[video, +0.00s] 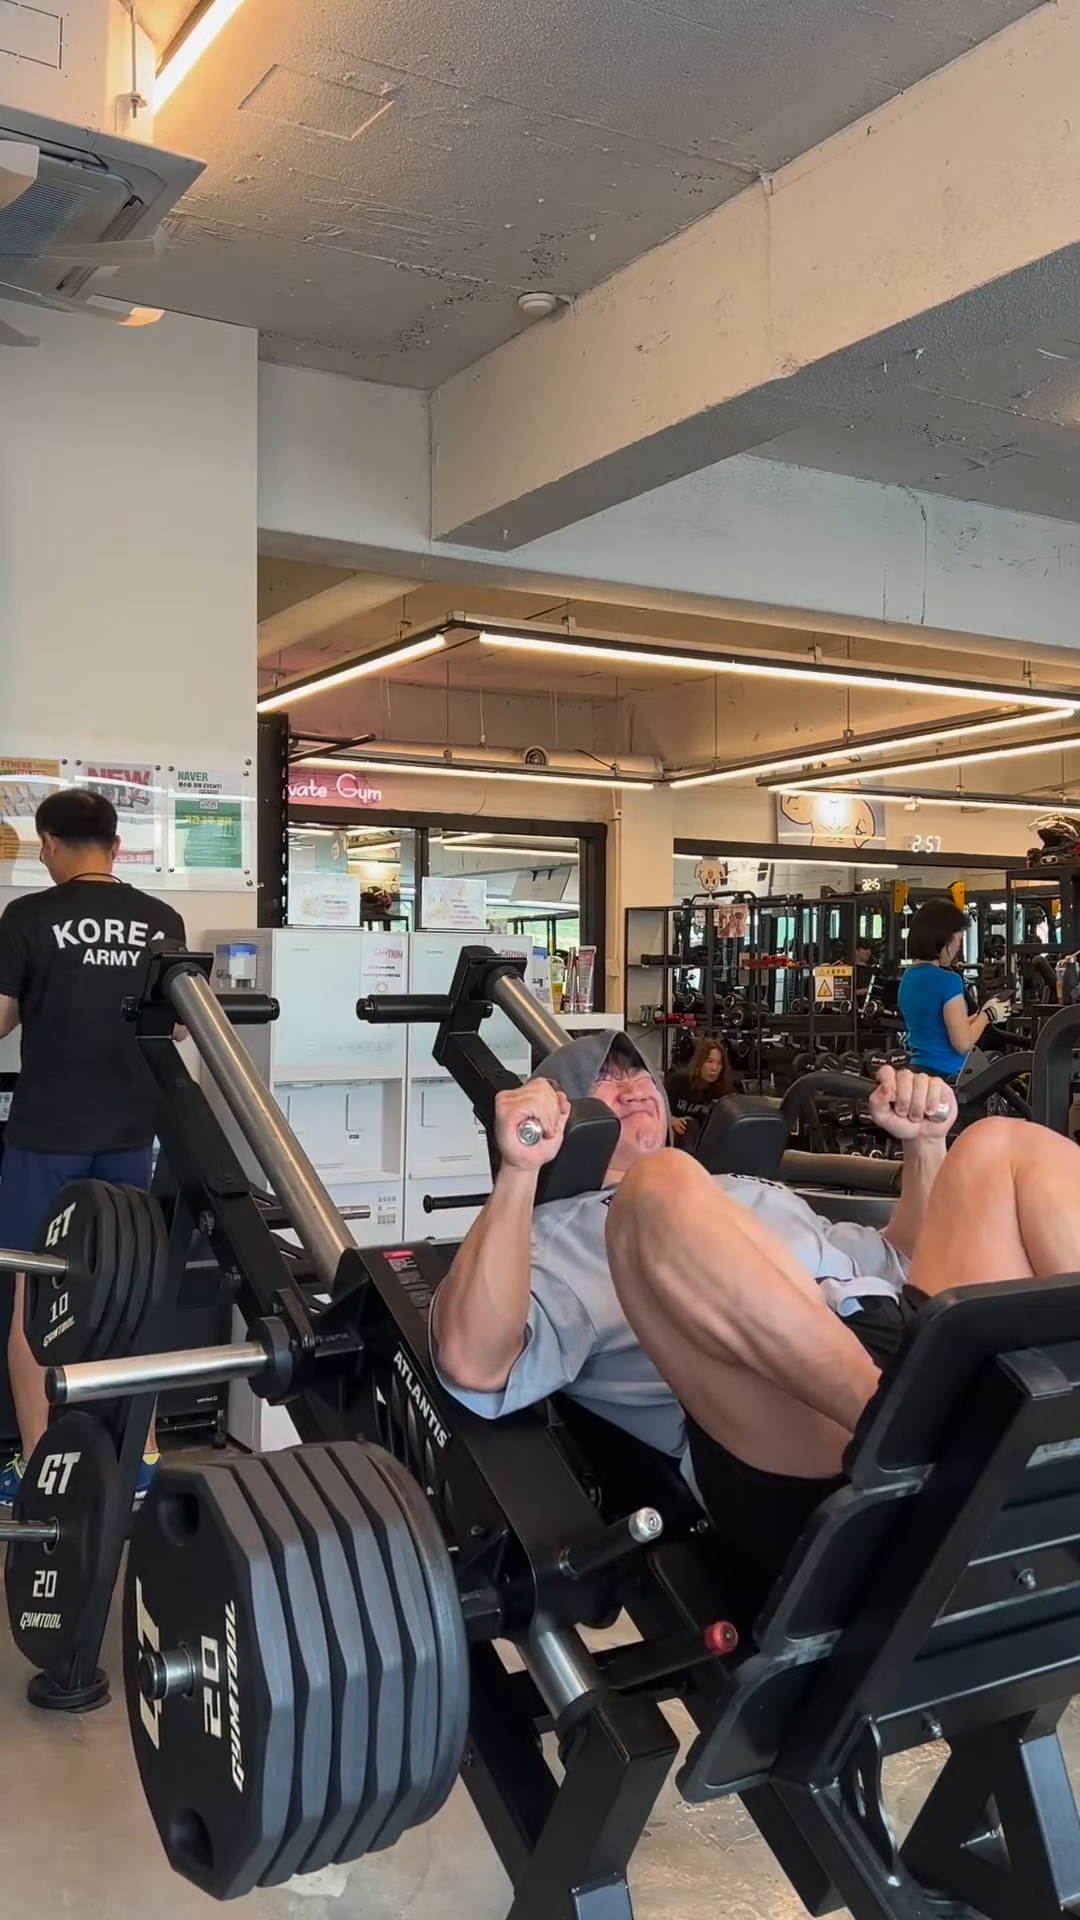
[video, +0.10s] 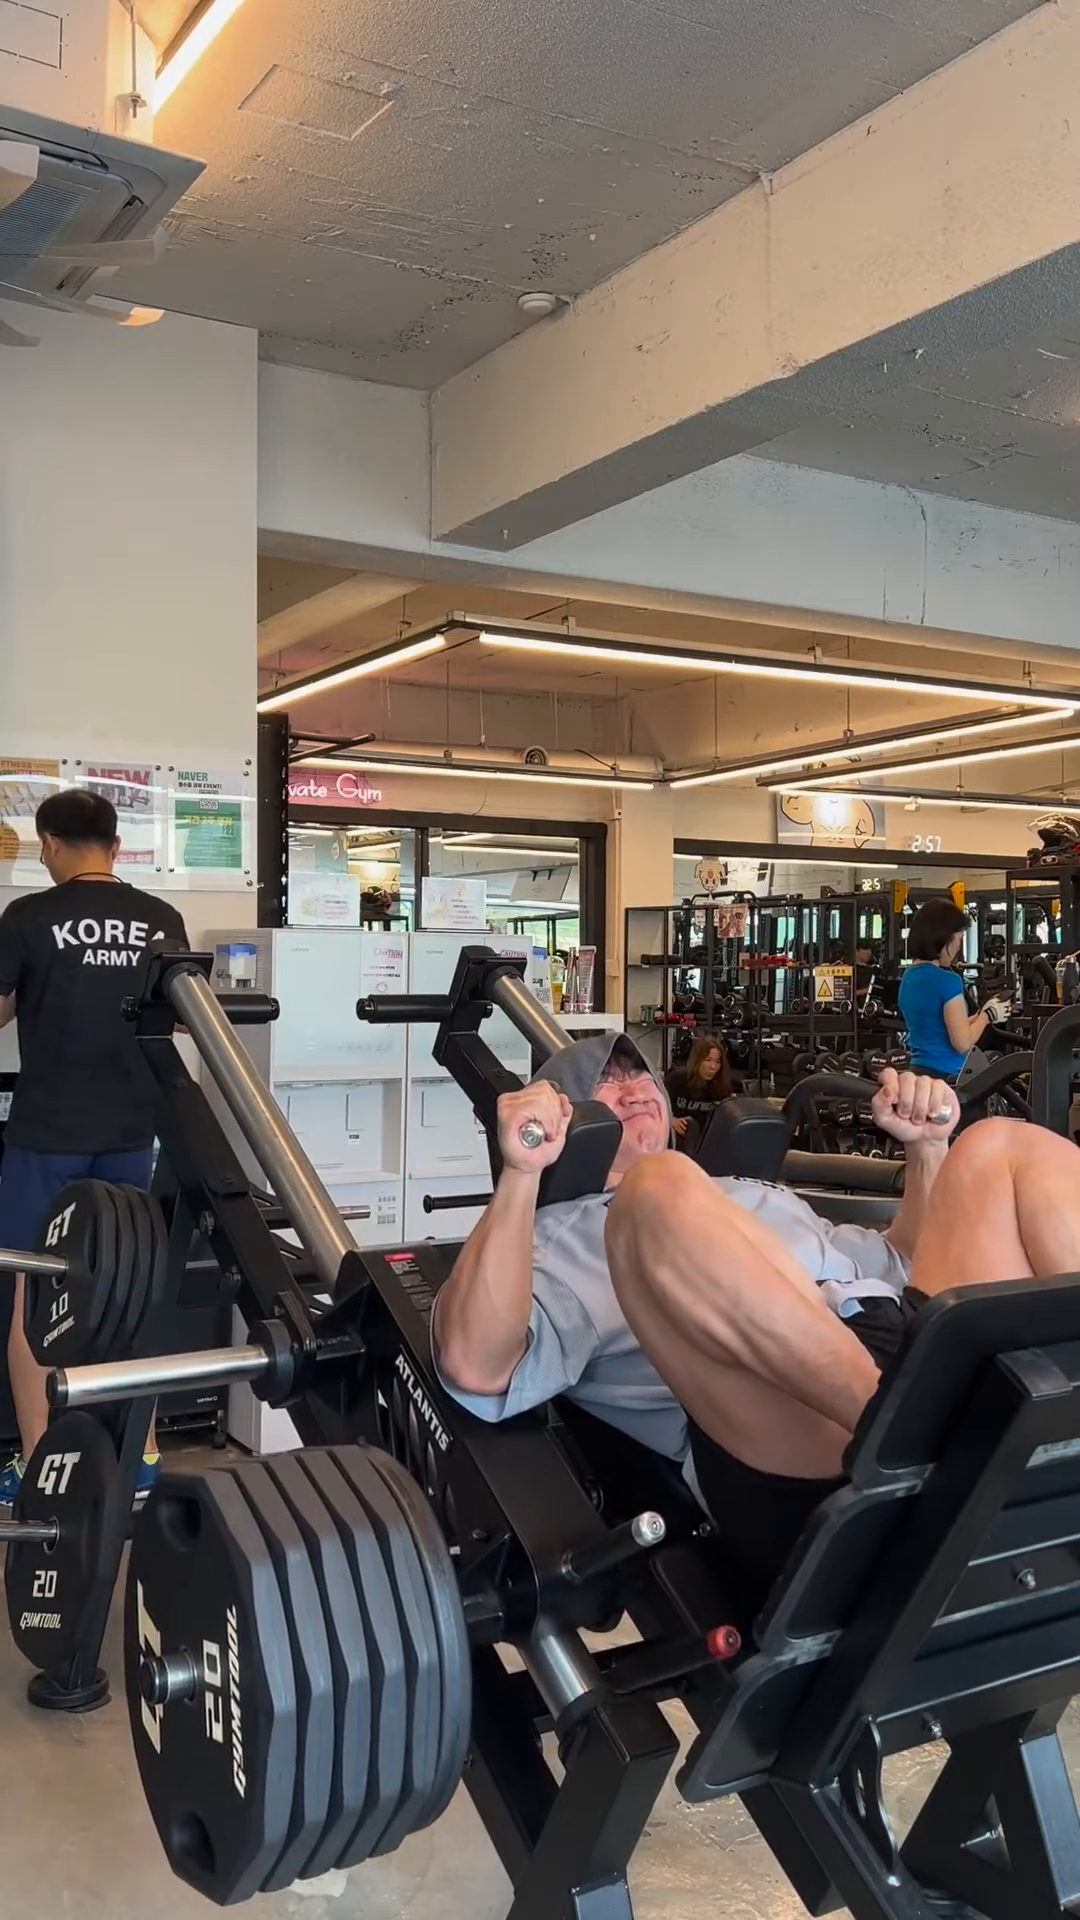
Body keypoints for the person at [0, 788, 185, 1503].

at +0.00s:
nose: (47, 859)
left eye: (44, 849)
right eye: (51, 849)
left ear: (48, 847)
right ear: (116, 848)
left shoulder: (28, 916)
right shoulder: (163, 918)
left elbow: (6, 1020)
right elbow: (178, 1023)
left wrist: (47, 1004)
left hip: (47, 1130)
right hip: (135, 1132)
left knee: (26, 1298)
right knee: (130, 1288)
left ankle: (41, 1462)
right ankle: (138, 1447)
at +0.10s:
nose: (46, 859)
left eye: (43, 849)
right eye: (51, 849)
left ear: (48, 847)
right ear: (116, 848)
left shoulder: (28, 916)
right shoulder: (163, 917)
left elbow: (2, 1008)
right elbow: (181, 1014)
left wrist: (44, 984)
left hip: (48, 1130)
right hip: (136, 1131)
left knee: (27, 1299)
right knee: (128, 1288)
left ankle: (41, 1466)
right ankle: (137, 1451)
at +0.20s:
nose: (44, 860)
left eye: (42, 850)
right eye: (48, 850)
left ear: (48, 848)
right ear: (115, 847)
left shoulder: (28, 915)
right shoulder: (164, 918)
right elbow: (177, 1013)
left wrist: (37, 986)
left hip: (49, 1130)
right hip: (136, 1131)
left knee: (27, 1299)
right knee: (128, 1288)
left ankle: (41, 1467)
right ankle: (137, 1453)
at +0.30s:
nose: (44, 861)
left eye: (42, 851)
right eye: (47, 851)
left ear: (48, 848)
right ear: (115, 848)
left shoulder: (29, 915)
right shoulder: (164, 917)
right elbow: (177, 1012)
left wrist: (34, 986)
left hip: (49, 1131)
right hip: (136, 1132)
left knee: (27, 1299)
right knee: (127, 1288)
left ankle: (40, 1467)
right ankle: (138, 1454)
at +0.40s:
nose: (42, 862)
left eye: (41, 852)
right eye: (44, 852)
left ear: (48, 849)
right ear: (115, 849)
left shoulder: (30, 915)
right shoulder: (164, 917)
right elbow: (180, 1011)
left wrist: (30, 989)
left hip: (49, 1130)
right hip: (136, 1131)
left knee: (27, 1297)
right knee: (126, 1287)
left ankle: (40, 1466)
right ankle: (137, 1453)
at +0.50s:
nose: (41, 862)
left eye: (40, 852)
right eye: (42, 853)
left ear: (48, 849)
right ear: (114, 848)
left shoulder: (30, 916)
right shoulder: (164, 917)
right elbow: (177, 1010)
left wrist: (35, 988)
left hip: (50, 1130)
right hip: (136, 1131)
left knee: (27, 1298)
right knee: (126, 1287)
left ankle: (40, 1466)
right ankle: (138, 1455)